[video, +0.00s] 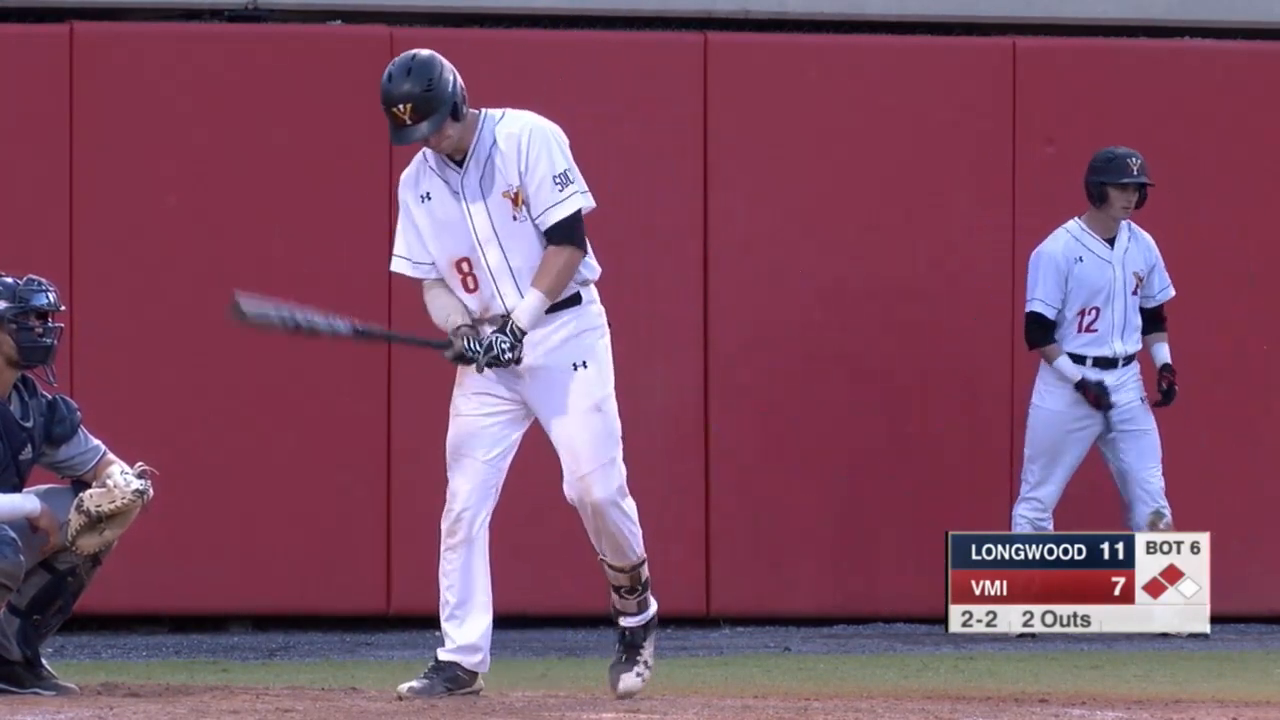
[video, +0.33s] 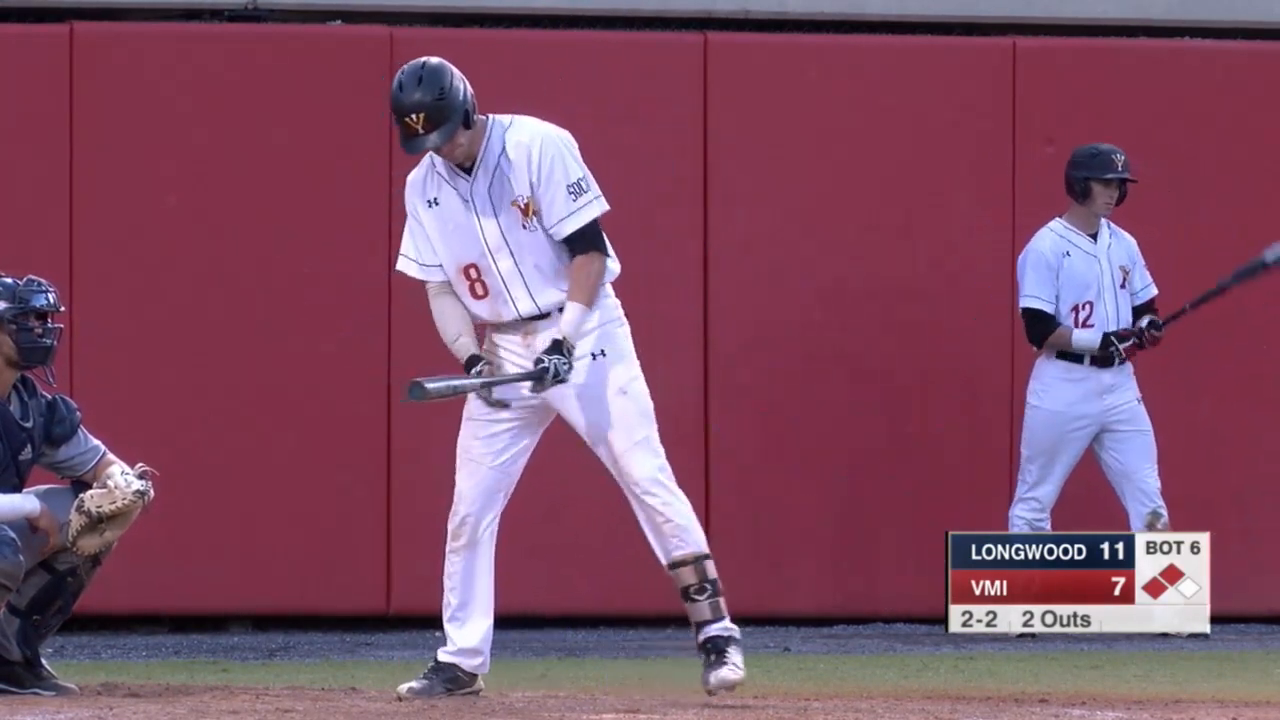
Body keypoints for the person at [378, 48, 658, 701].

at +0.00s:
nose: (430, 143)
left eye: (436, 129)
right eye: (419, 135)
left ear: (460, 104)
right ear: (410, 124)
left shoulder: (532, 137)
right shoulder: (416, 181)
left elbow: (567, 244)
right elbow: (433, 284)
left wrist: (518, 320)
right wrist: (460, 329)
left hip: (566, 340)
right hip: (487, 356)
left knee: (594, 489)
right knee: (463, 508)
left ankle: (635, 613)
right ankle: (460, 661)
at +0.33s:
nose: (440, 150)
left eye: (445, 135)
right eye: (428, 142)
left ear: (469, 111)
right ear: (417, 131)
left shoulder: (541, 145)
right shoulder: (423, 184)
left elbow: (590, 254)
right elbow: (440, 291)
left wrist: (565, 338)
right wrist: (472, 357)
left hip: (583, 331)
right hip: (501, 352)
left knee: (641, 472)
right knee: (470, 510)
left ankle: (715, 634)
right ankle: (461, 661)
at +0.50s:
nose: (480, 172)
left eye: (485, 159)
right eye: (469, 163)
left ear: (511, 137)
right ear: (459, 150)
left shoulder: (580, 169)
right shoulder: (467, 192)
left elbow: (627, 279)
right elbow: (463, 294)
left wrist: (603, 366)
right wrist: (445, 392)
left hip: (618, 353)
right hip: (539, 360)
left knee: (667, 491)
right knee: (484, 508)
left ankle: (744, 655)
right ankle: (461, 661)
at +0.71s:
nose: (543, 212)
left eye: (551, 200)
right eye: (532, 202)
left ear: (580, 176)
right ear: (519, 179)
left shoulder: (639, 207)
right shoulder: (527, 202)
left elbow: (667, 324)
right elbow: (526, 276)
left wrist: (633, 412)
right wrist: (497, 356)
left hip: (660, 374)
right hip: (578, 373)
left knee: (694, 504)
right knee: (513, 510)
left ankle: (755, 661)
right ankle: (462, 664)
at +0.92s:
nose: (583, 247)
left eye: (596, 239)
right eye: (575, 234)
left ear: (627, 220)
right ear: (564, 204)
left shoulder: (674, 253)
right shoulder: (562, 206)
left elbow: (673, 372)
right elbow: (586, 283)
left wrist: (643, 465)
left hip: (666, 377)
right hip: (587, 372)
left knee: (697, 501)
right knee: (526, 506)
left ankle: (754, 661)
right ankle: (463, 663)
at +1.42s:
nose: (546, 202)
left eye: (557, 192)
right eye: (536, 190)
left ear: (587, 172)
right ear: (523, 171)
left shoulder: (644, 217)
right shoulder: (519, 196)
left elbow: (656, 334)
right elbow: (518, 273)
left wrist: (639, 434)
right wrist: (501, 356)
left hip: (638, 378)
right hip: (553, 377)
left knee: (680, 502)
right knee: (485, 513)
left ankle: (753, 661)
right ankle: (457, 663)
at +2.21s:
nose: (535, 179)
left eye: (542, 166)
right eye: (525, 168)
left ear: (571, 146)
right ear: (515, 154)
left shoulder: (638, 190)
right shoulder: (516, 203)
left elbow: (684, 295)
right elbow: (519, 306)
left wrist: (639, 359)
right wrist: (497, 382)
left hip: (645, 383)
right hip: (558, 389)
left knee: (691, 512)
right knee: (479, 522)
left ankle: (761, 665)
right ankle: (455, 666)